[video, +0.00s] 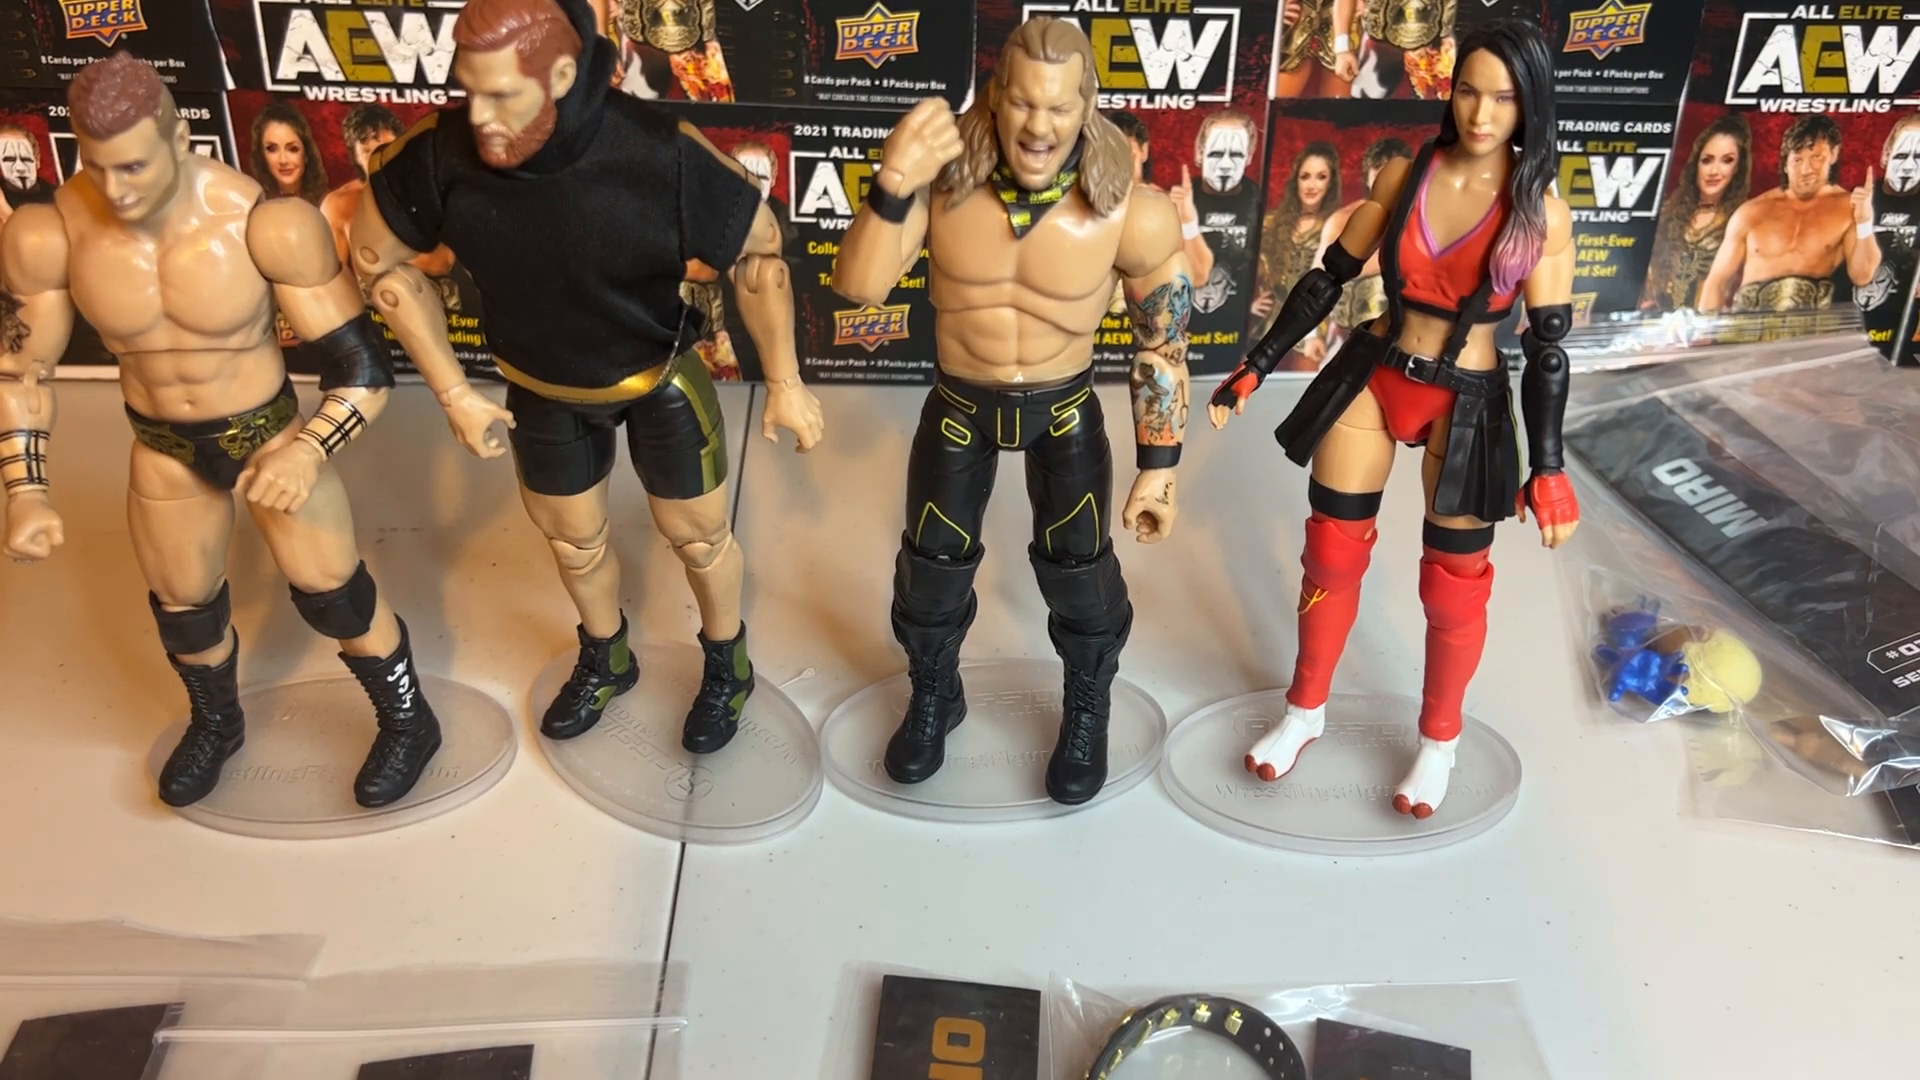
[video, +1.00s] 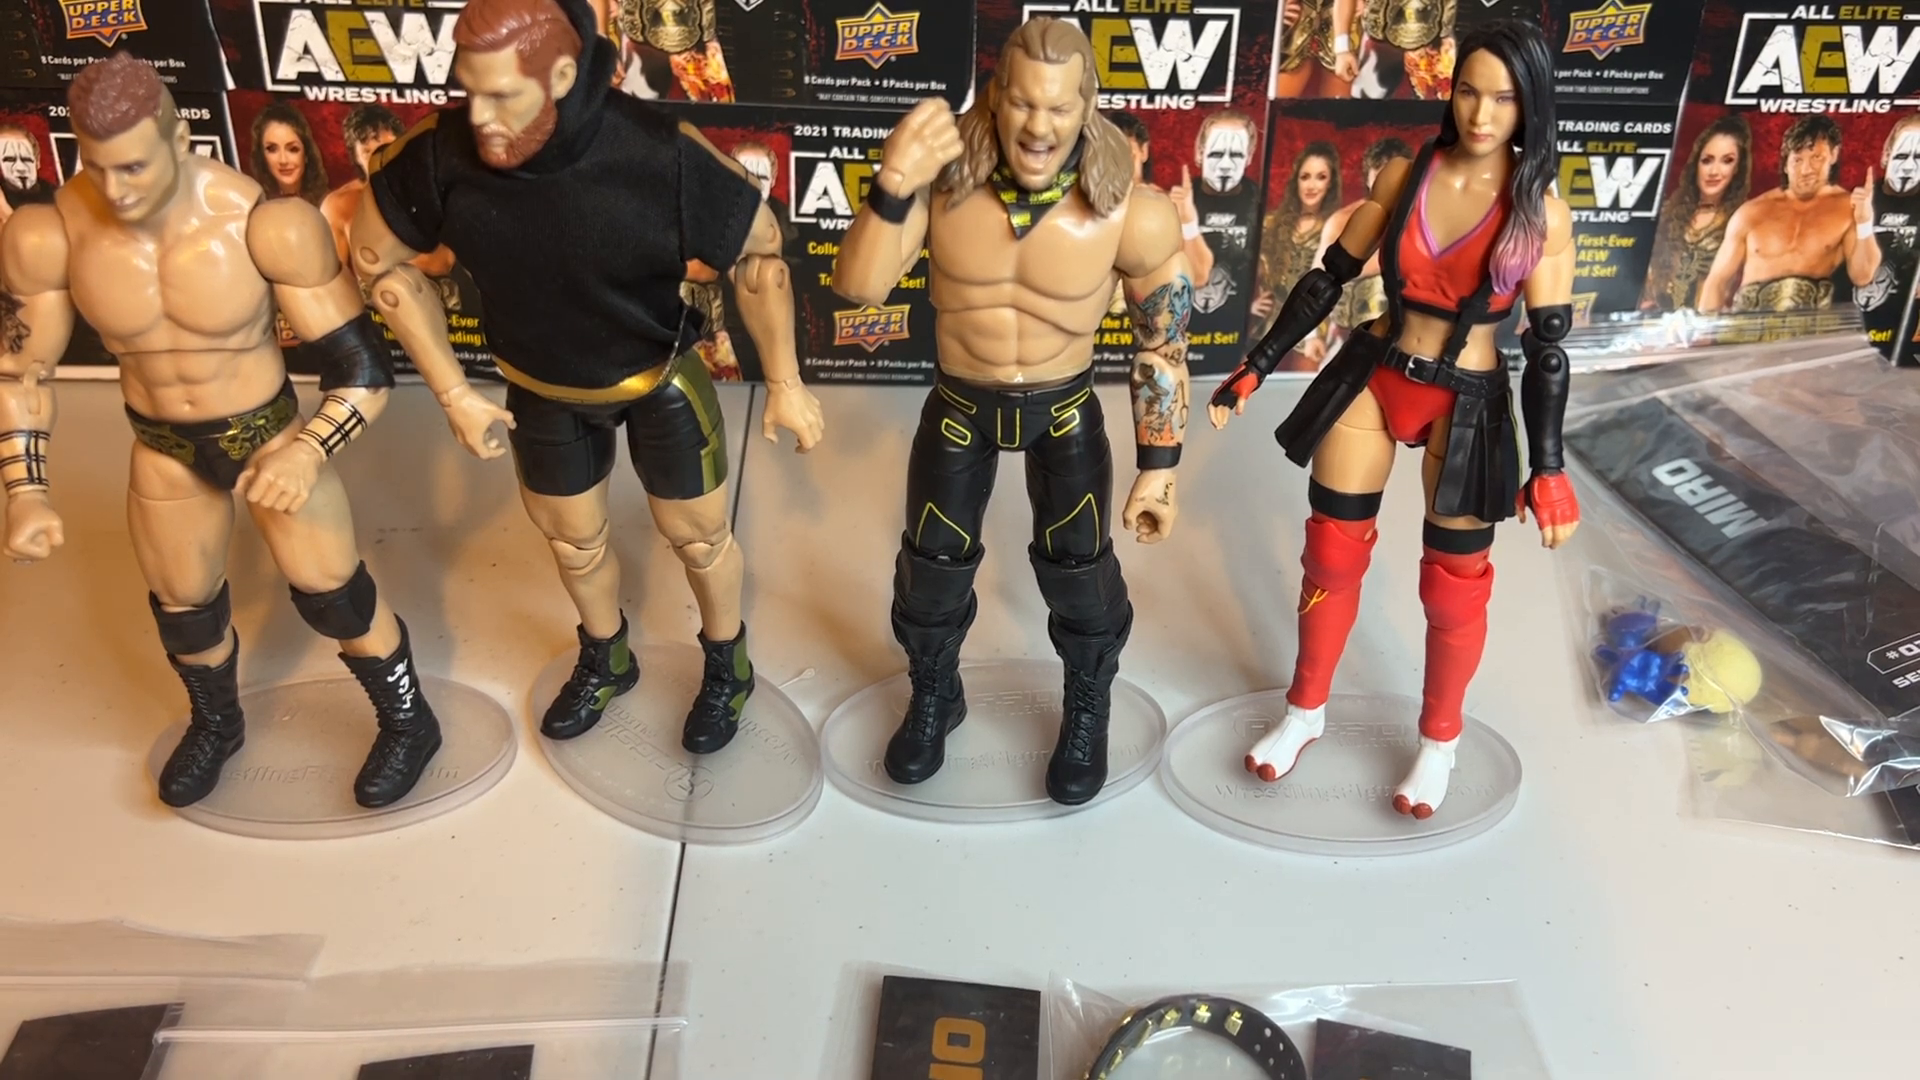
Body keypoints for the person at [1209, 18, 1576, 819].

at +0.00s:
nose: (1479, 113)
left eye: (1500, 98)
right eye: (1469, 93)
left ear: (1528, 108)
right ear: (1450, 93)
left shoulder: (1540, 208)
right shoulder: (1406, 174)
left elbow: (1549, 343)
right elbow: (1332, 273)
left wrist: (1548, 464)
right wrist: (1256, 363)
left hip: (1466, 404)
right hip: (1371, 382)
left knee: (1453, 589)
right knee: (1331, 558)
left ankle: (1437, 742)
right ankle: (1304, 710)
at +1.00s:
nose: (1480, 113)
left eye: (1501, 99)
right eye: (1469, 93)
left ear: (1529, 108)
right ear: (1450, 93)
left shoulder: (1540, 209)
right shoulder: (1407, 174)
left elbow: (1549, 344)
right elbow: (1332, 273)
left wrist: (1549, 465)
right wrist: (1256, 364)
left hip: (1466, 404)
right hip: (1371, 382)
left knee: (1454, 589)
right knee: (1331, 558)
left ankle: (1437, 742)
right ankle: (1304, 710)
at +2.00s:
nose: (1479, 113)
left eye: (1501, 99)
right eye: (1469, 93)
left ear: (1528, 108)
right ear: (1450, 93)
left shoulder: (1540, 209)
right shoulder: (1406, 174)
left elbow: (1549, 344)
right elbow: (1333, 273)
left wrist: (1549, 464)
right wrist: (1256, 363)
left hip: (1466, 405)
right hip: (1371, 383)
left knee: (1454, 590)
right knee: (1331, 559)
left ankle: (1438, 742)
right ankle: (1304, 710)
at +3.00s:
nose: (1480, 113)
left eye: (1501, 99)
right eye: (1469, 93)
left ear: (1528, 108)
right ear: (1451, 94)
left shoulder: (1540, 208)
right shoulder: (1406, 175)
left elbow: (1549, 343)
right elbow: (1332, 273)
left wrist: (1549, 465)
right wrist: (1256, 364)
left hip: (1467, 404)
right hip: (1371, 382)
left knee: (1454, 590)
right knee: (1331, 559)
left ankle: (1437, 742)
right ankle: (1304, 710)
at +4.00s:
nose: (1480, 113)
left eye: (1501, 99)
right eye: (1469, 94)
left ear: (1528, 108)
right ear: (1451, 94)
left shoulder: (1540, 209)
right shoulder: (1406, 175)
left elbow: (1548, 345)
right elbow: (1332, 274)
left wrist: (1549, 466)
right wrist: (1256, 364)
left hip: (1467, 404)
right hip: (1372, 382)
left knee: (1454, 591)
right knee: (1331, 559)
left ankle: (1438, 741)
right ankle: (1304, 710)